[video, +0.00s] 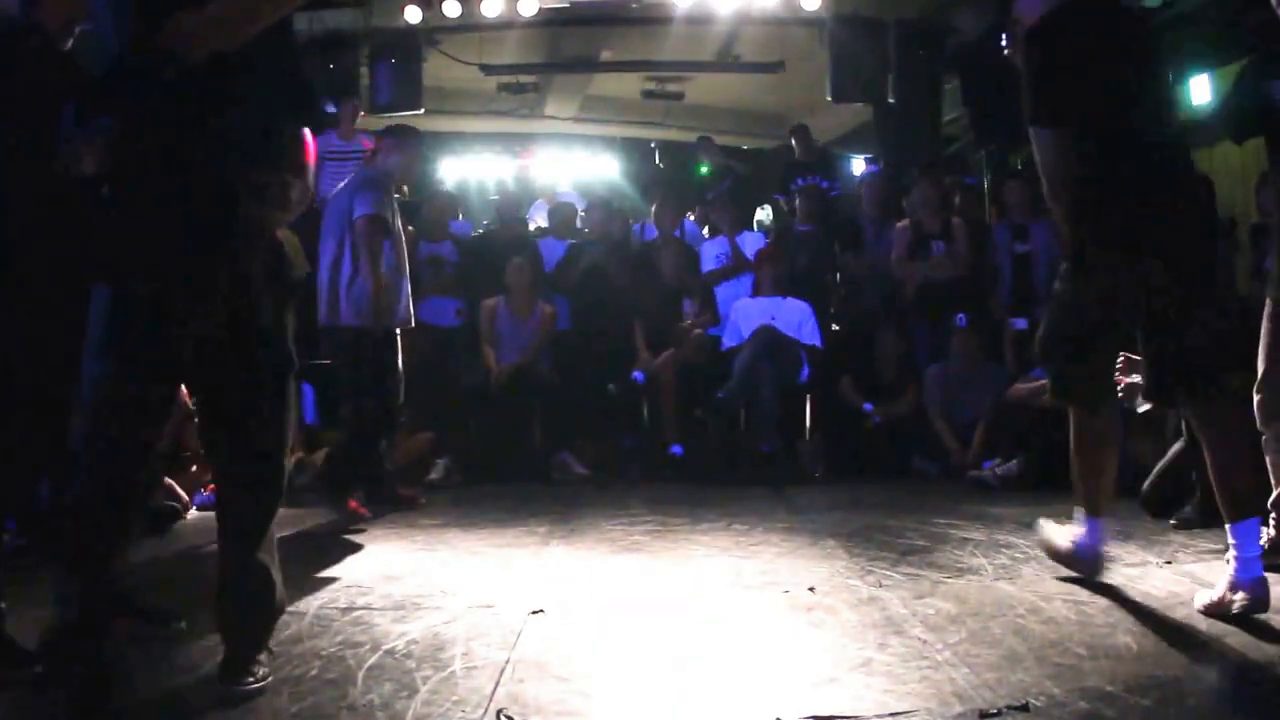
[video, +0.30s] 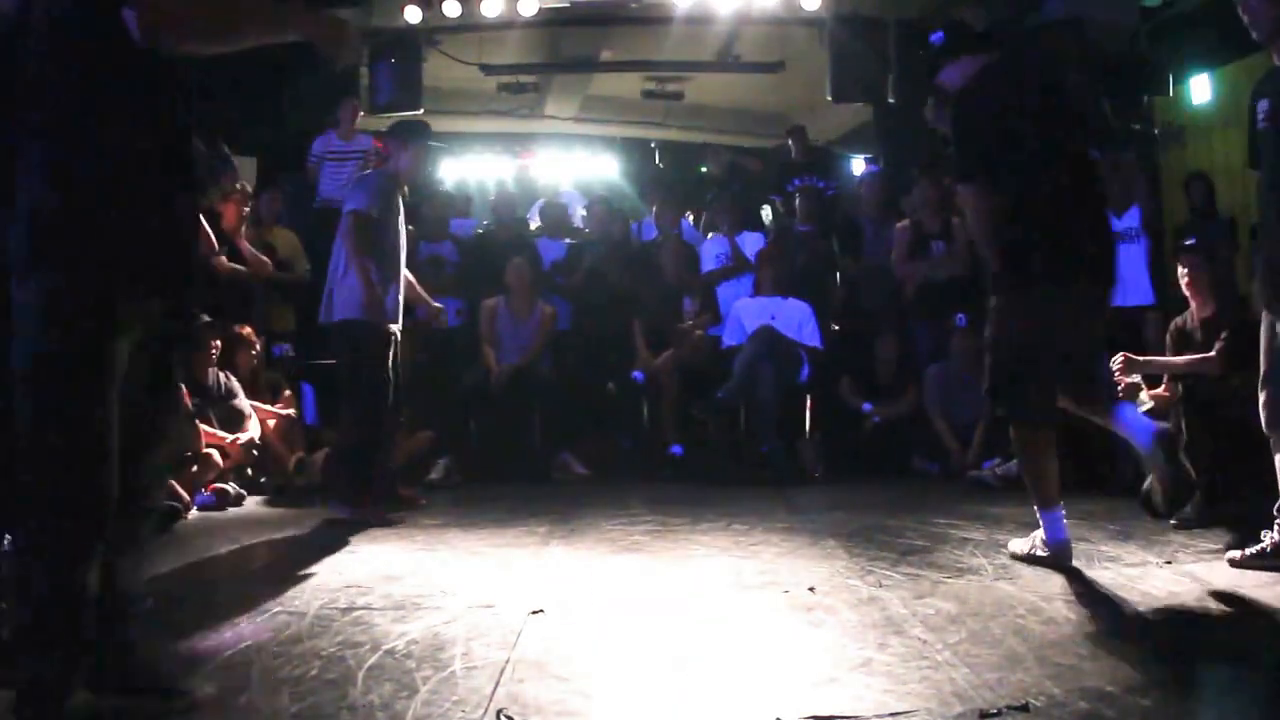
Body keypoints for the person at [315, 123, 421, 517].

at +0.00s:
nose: (415, 166)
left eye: (417, 157)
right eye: (411, 156)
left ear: (383, 151)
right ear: (388, 150)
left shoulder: (359, 186)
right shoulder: (372, 185)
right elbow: (368, 232)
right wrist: (376, 284)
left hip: (358, 315)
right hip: (366, 316)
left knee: (372, 406)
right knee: (373, 406)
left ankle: (379, 483)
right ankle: (346, 484)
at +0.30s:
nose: (421, 161)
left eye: (423, 153)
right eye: (417, 151)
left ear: (405, 152)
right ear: (394, 148)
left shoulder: (390, 194)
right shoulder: (370, 184)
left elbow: (393, 261)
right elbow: (356, 238)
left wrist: (427, 302)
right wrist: (372, 289)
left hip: (380, 318)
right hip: (359, 315)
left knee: (380, 406)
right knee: (367, 406)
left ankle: (378, 488)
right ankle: (358, 494)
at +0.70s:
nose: (411, 154)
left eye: (411, 146)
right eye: (402, 146)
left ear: (402, 152)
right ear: (378, 151)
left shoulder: (407, 205)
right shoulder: (348, 188)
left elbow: (418, 263)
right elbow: (318, 244)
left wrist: (439, 308)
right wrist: (310, 302)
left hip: (383, 327)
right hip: (338, 322)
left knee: (384, 410)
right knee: (325, 412)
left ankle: (380, 487)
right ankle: (312, 497)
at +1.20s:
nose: (345, 147)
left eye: (348, 138)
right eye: (336, 138)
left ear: (353, 142)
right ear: (313, 143)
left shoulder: (369, 195)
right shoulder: (283, 189)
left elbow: (380, 254)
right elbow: (258, 252)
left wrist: (383, 308)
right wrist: (250, 313)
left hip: (350, 322)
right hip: (297, 322)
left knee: (370, 411)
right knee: (299, 416)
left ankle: (376, 491)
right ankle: (309, 497)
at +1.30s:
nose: (331, 159)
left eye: (337, 150)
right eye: (324, 151)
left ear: (345, 148)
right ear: (305, 148)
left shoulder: (364, 191)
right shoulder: (277, 196)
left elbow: (397, 251)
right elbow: (255, 260)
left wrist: (412, 278)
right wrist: (249, 319)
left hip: (347, 326)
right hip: (294, 325)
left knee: (360, 413)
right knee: (297, 417)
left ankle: (363, 497)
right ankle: (309, 497)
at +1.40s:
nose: (329, 162)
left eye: (335, 153)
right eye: (321, 153)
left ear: (345, 147)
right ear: (304, 147)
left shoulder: (363, 185)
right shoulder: (278, 186)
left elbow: (418, 205)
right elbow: (253, 252)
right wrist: (249, 316)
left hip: (346, 321)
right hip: (293, 320)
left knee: (348, 411)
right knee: (297, 413)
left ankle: (348, 501)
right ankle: (308, 498)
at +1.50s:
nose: (331, 145)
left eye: (338, 138)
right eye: (324, 136)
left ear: (346, 142)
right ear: (306, 137)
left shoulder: (360, 185)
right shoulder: (278, 186)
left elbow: (408, 164)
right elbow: (254, 252)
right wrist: (249, 316)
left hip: (343, 317)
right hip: (291, 317)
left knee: (344, 411)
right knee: (296, 409)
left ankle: (345, 505)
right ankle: (308, 496)